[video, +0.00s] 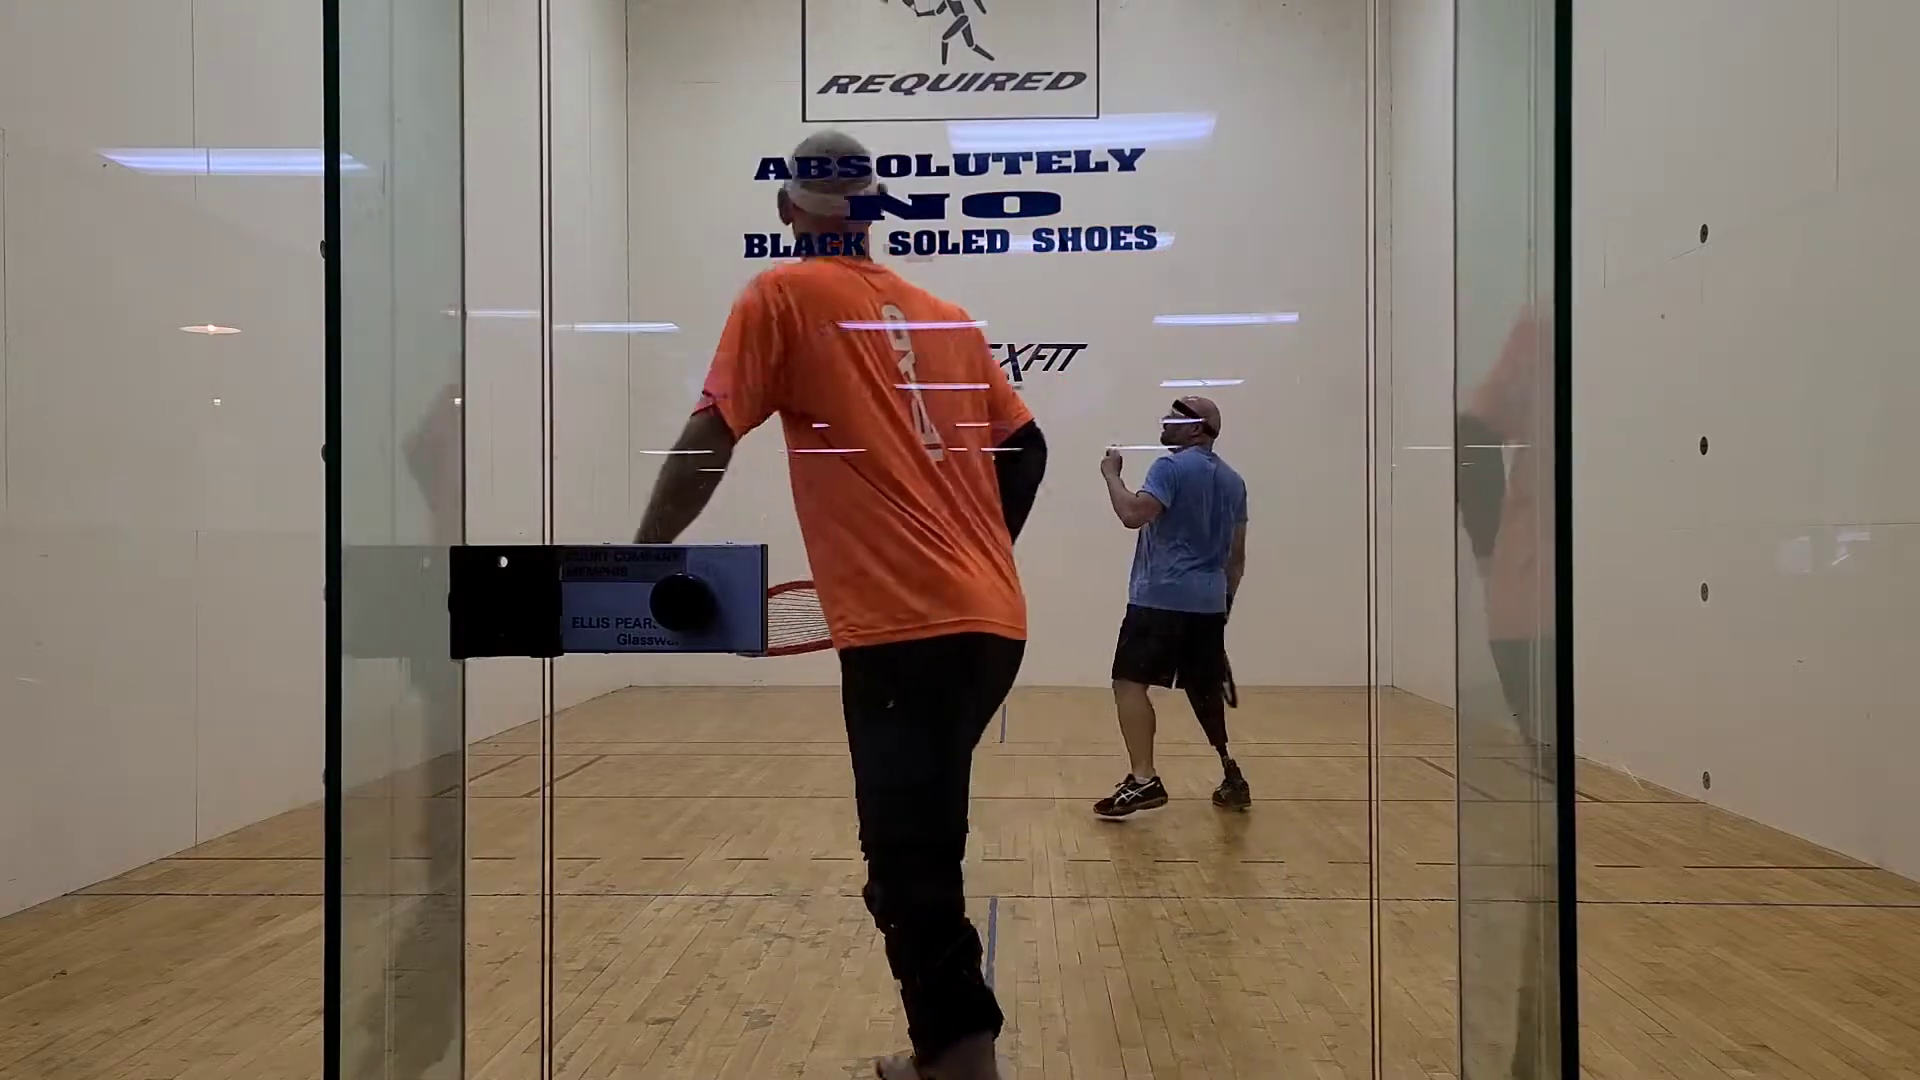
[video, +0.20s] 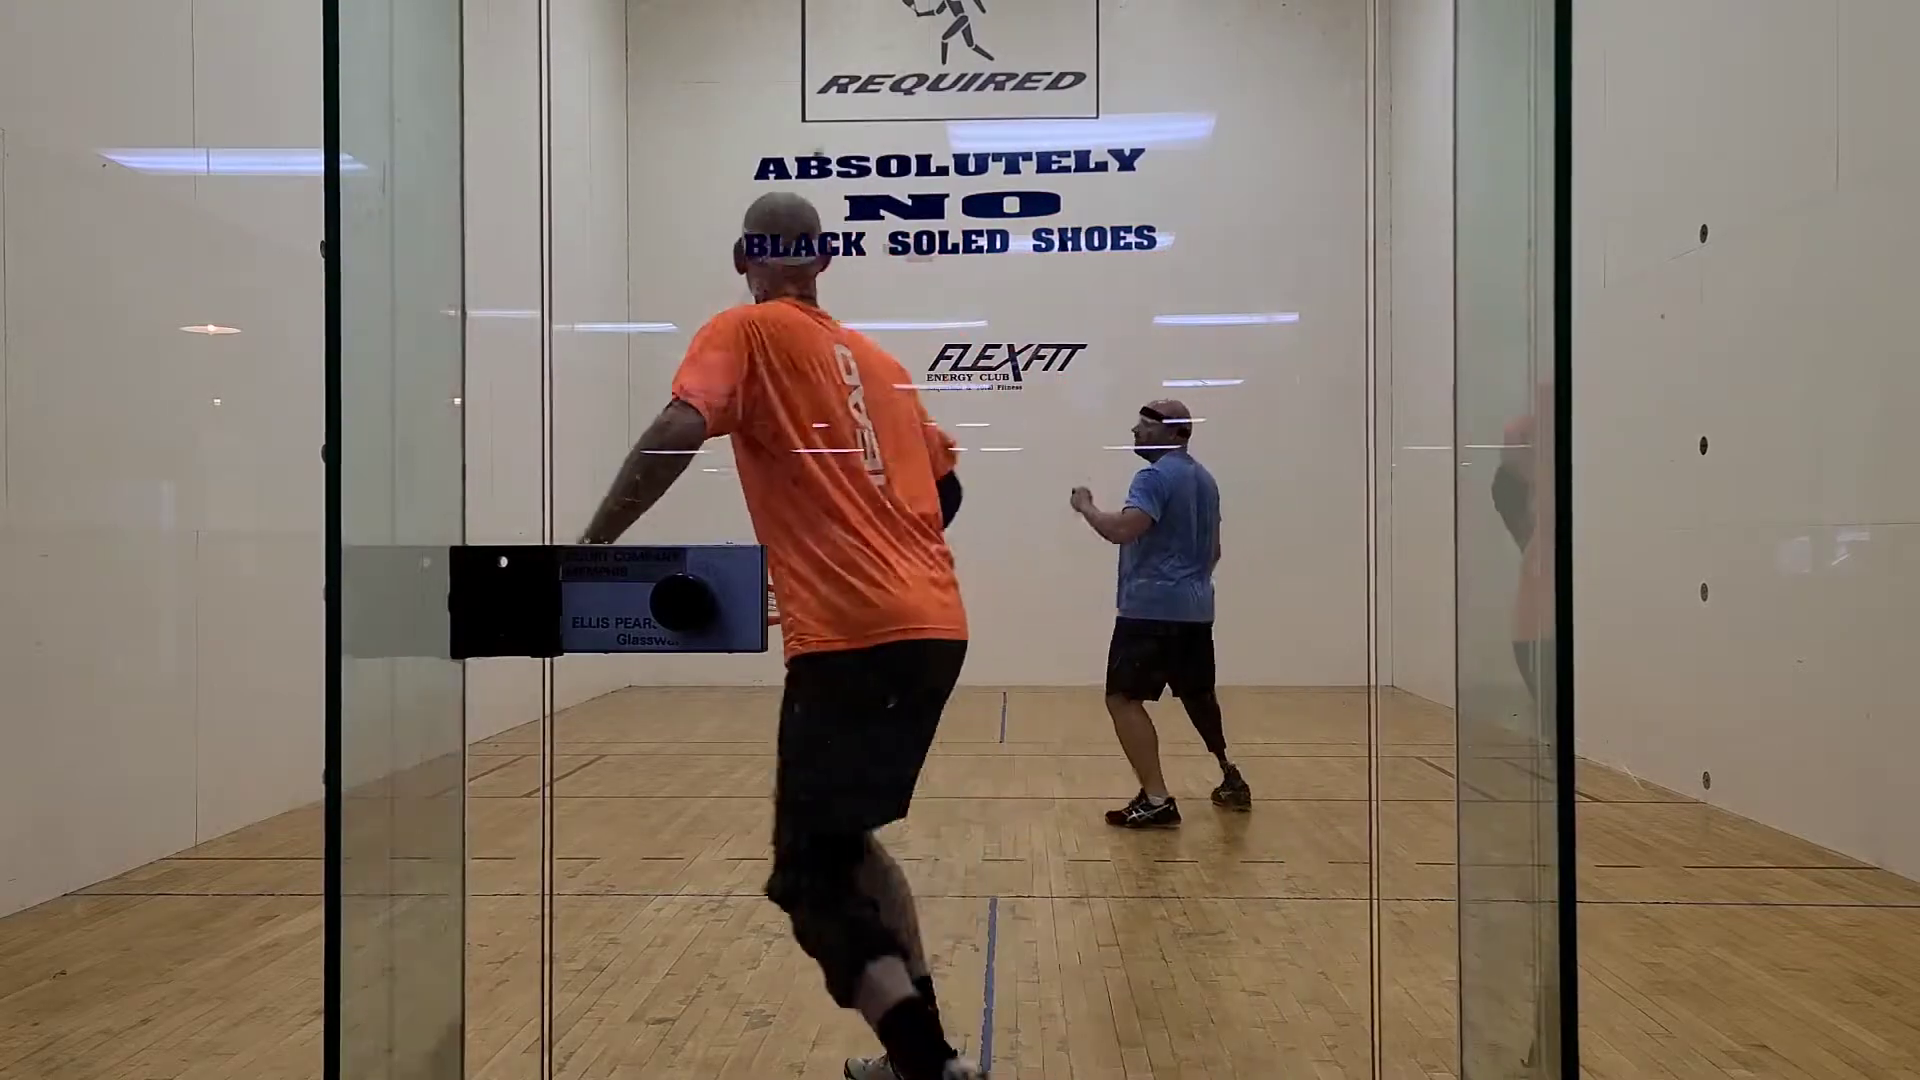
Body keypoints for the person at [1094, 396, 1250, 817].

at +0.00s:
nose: (1165, 421)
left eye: (1174, 415)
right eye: (1168, 413)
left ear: (1198, 428)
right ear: (1206, 433)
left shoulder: (1172, 466)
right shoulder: (1233, 480)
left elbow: (1133, 515)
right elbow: (1235, 556)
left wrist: (1112, 475)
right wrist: (1221, 608)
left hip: (1159, 601)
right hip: (1209, 605)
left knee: (1129, 681)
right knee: (1203, 686)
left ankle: (1143, 780)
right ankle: (1231, 773)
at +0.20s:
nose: (1136, 428)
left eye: (1145, 422)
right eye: (1138, 420)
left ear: (1171, 432)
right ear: (1179, 434)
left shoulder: (1154, 475)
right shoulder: (1204, 478)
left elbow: (1125, 529)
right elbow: (1213, 551)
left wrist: (1087, 509)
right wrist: (1187, 585)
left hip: (1148, 610)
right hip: (1195, 611)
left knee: (1122, 698)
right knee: (1199, 694)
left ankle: (1156, 799)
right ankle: (1230, 775)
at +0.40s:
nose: (1109, 417)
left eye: (1117, 409)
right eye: (1110, 410)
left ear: (1146, 415)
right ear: (1151, 418)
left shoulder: (1137, 458)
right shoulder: (1181, 457)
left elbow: (1144, 514)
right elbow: (1186, 535)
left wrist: (1096, 534)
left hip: (1138, 603)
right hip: (1182, 599)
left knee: (1120, 691)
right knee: (1176, 685)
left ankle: (1153, 797)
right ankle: (1207, 779)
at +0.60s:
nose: (1101, 417)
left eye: (1111, 409)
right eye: (1102, 409)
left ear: (1141, 418)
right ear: (1142, 422)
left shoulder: (1140, 459)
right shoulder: (1166, 457)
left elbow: (1138, 522)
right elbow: (1158, 538)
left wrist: (1090, 532)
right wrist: (1114, 584)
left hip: (1138, 603)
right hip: (1174, 601)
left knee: (1088, 685)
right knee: (1155, 689)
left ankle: (1128, 795)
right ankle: (1203, 789)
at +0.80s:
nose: (1080, 426)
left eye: (1090, 418)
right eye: (1083, 418)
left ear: (1118, 427)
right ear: (1125, 431)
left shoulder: (1113, 474)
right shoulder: (1157, 473)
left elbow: (1095, 544)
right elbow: (1164, 548)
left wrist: (1050, 544)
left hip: (1112, 623)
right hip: (1160, 619)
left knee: (1068, 712)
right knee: (1162, 706)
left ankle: (1109, 824)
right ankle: (1202, 795)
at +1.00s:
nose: (1071, 400)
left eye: (1075, 392)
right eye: (1074, 391)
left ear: (1087, 392)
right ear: (1122, 399)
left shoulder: (1075, 438)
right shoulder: (1152, 450)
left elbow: (1050, 505)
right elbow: (1165, 537)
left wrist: (1023, 512)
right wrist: (1147, 582)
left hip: (1083, 600)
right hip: (1141, 599)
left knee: (1067, 698)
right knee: (1139, 692)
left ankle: (1095, 817)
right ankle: (1176, 802)